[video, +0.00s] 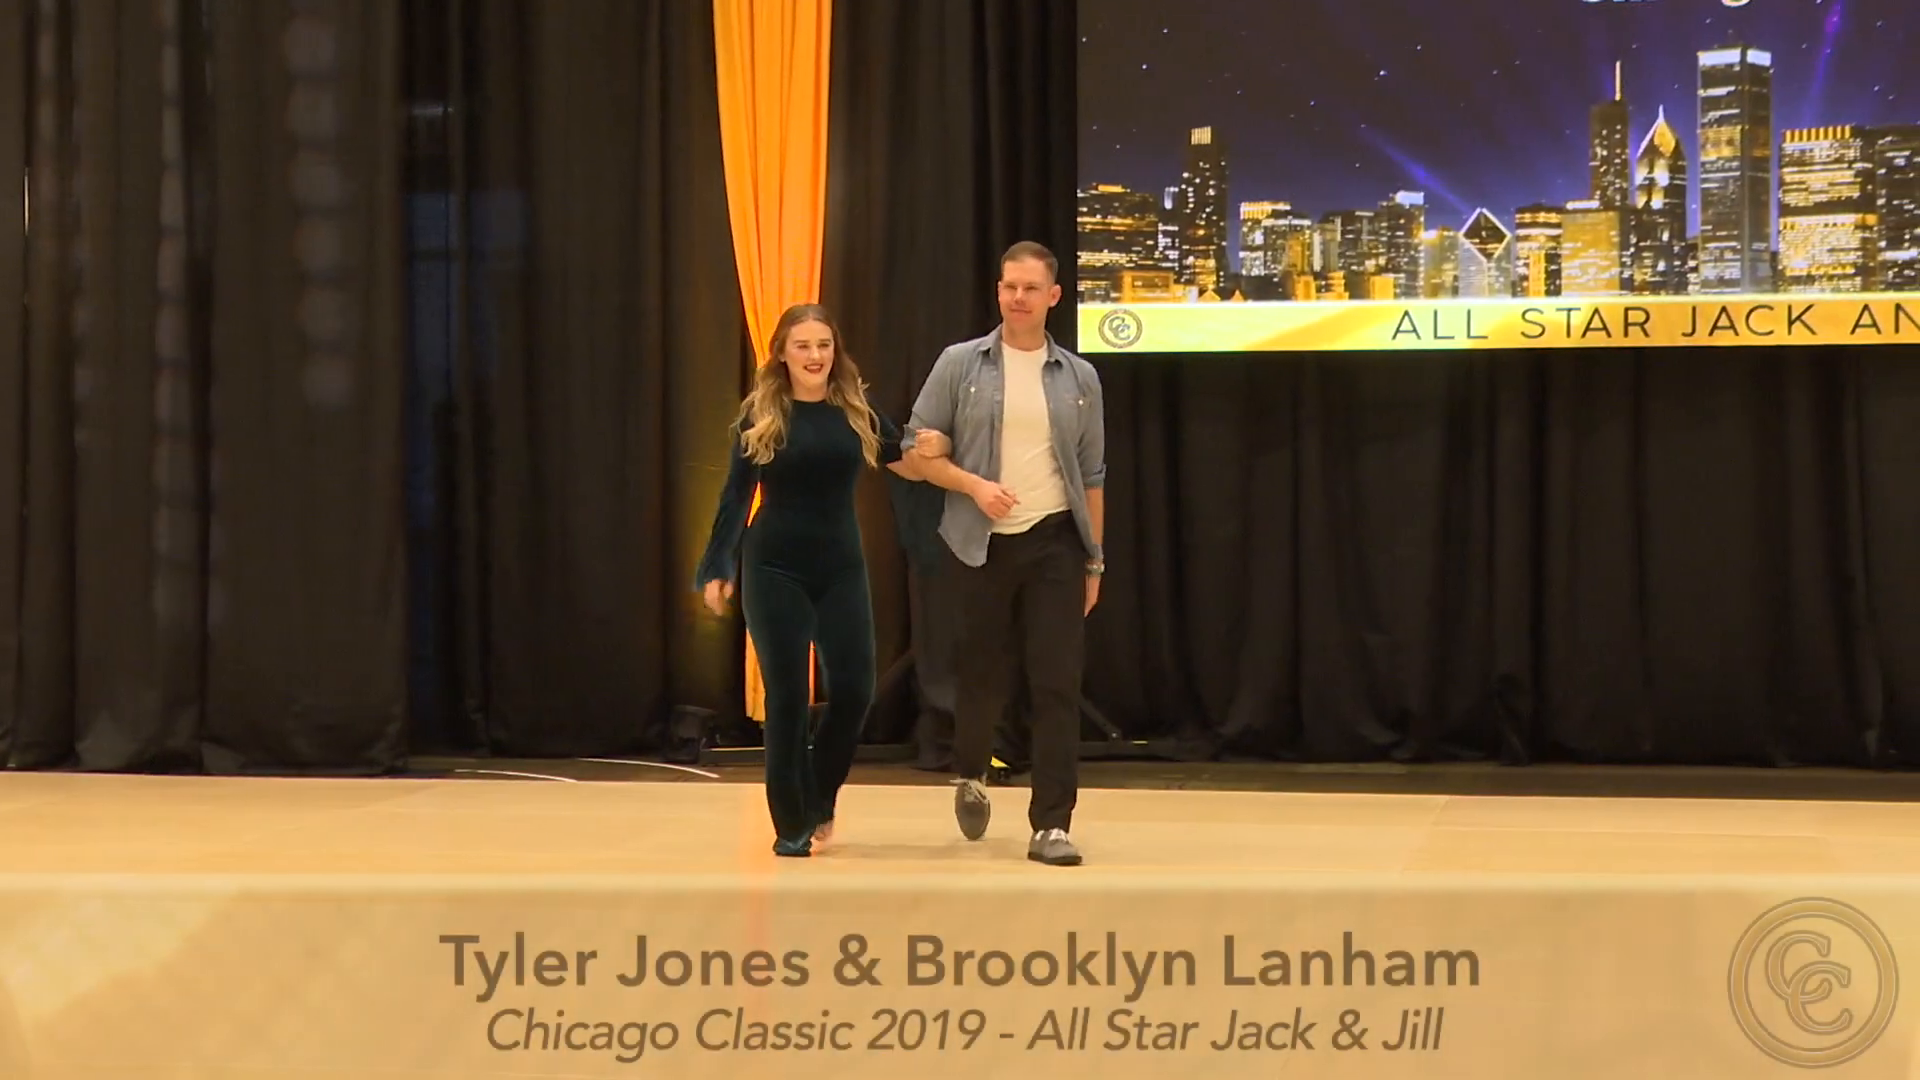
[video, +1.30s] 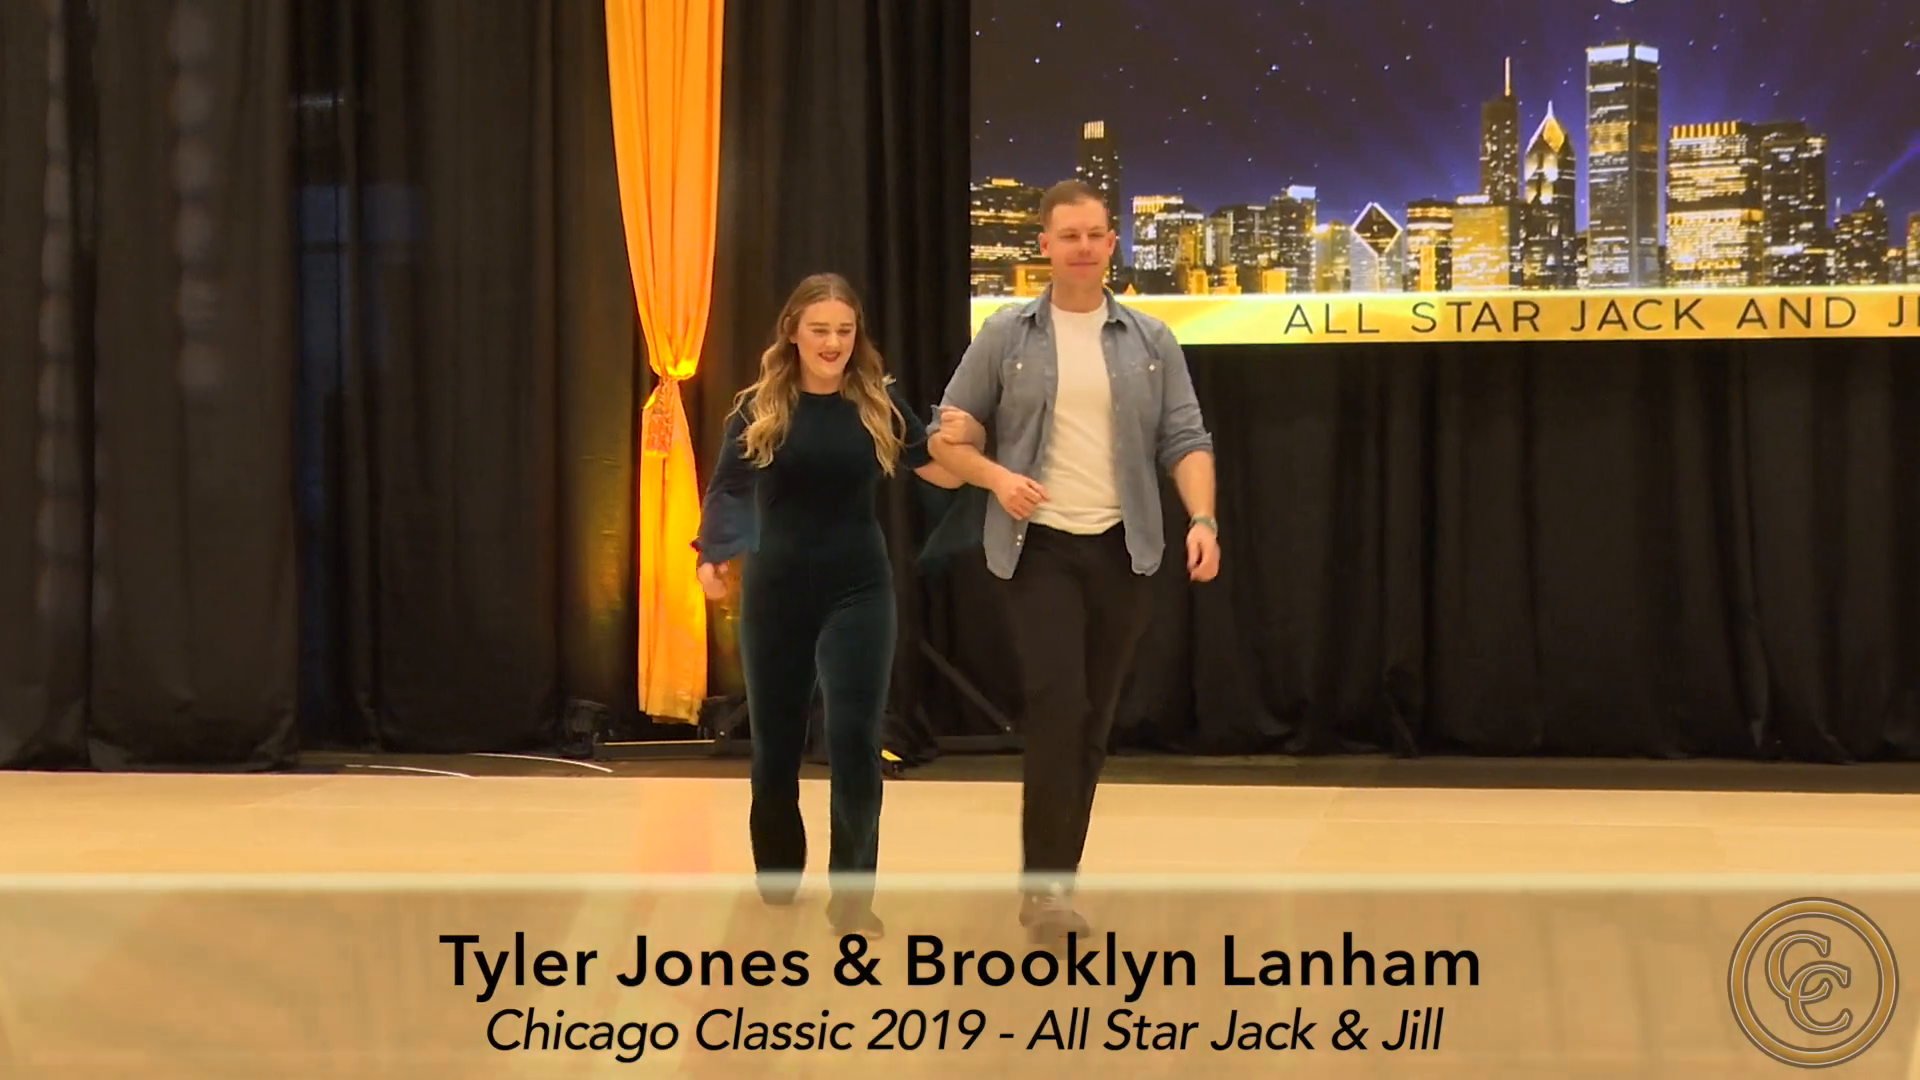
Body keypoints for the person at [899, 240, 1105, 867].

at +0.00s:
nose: (1018, 298)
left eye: (1031, 288)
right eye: (1010, 286)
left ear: (1054, 295)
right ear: (997, 291)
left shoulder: (1081, 377)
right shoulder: (958, 363)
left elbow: (1092, 478)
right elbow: (918, 454)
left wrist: (1093, 561)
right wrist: (974, 485)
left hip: (1057, 541)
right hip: (981, 545)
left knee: (1058, 682)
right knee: (983, 674)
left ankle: (1052, 825)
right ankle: (971, 775)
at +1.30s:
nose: (1084, 246)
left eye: (1095, 233)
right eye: (1069, 234)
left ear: (1112, 242)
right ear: (1044, 245)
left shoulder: (1152, 338)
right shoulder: (1006, 333)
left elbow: (1186, 438)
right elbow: (944, 442)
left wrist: (1203, 519)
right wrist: (995, 476)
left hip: (1126, 548)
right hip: (1038, 547)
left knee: (1093, 719)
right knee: (1054, 706)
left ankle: (1057, 886)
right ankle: (1045, 889)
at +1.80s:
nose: (1115, 222)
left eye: (1130, 207)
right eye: (1101, 209)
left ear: (1163, 211)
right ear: (1085, 216)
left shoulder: (1206, 316)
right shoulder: (1054, 310)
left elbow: (1232, 444)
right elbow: (972, 410)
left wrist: (1247, 559)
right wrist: (987, 495)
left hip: (1194, 544)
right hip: (1093, 546)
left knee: (1214, 724)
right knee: (1097, 737)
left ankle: (1186, 908)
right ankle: (1110, 916)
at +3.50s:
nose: (1026, 201)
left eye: (1039, 185)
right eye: (1026, 187)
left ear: (1095, 189)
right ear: (1071, 193)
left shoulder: (1163, 287)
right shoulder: (1053, 299)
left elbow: (1204, 421)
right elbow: (1021, 423)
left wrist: (1160, 538)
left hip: (1127, 553)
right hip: (1048, 551)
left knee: (1137, 747)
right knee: (1077, 743)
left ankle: (1171, 954)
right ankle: (1112, 917)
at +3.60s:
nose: (1025, 202)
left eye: (1038, 185)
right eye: (1027, 187)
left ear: (1091, 189)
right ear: (1071, 190)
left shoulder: (1154, 282)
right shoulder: (1058, 293)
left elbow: (1183, 416)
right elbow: (1029, 417)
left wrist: (1107, 509)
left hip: (1125, 549)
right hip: (1054, 547)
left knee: (1123, 743)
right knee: (1074, 739)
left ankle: (1157, 963)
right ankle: (1113, 912)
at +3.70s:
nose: (1026, 201)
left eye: (1037, 184)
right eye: (1028, 185)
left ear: (1087, 187)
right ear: (1082, 187)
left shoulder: (1142, 276)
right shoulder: (1069, 294)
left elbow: (1157, 405)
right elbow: (1044, 419)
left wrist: (1043, 459)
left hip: (1121, 540)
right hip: (1063, 541)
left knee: (1106, 734)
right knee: (1066, 729)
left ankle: (1144, 961)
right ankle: (1106, 909)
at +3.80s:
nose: (1025, 196)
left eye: (1035, 179)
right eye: (1028, 180)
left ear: (1080, 180)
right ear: (1080, 182)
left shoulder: (1133, 273)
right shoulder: (1081, 288)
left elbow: (1132, 397)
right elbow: (1046, 402)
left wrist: (997, 405)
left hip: (1112, 539)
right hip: (1063, 540)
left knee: (1095, 727)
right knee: (1044, 717)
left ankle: (1135, 953)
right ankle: (1100, 907)